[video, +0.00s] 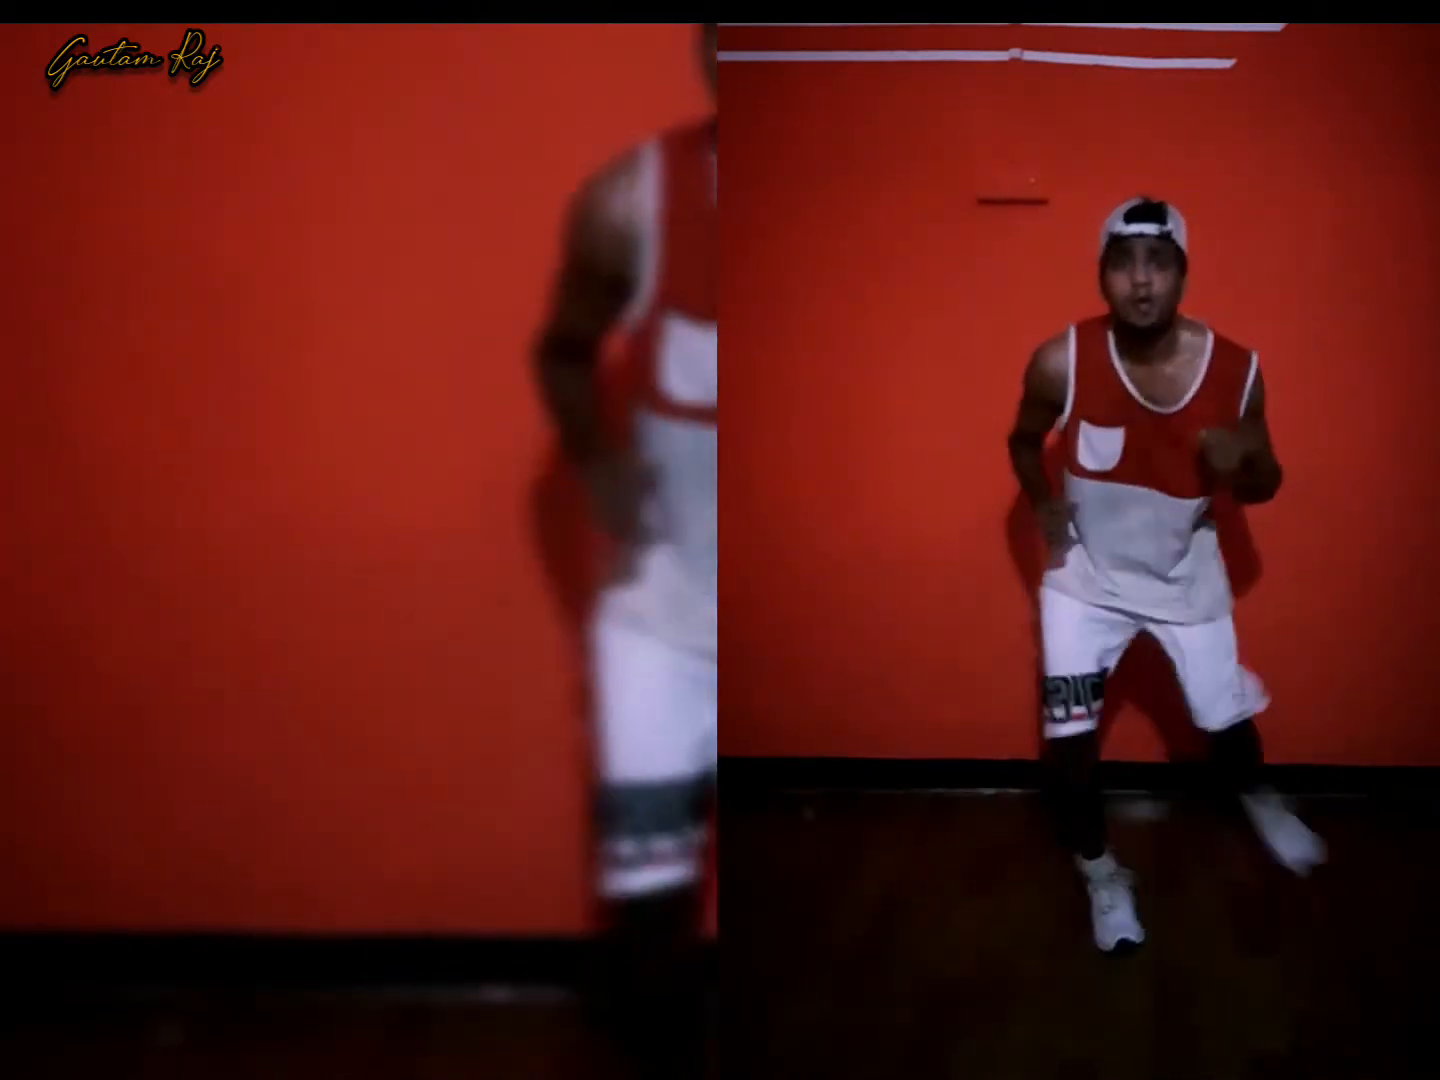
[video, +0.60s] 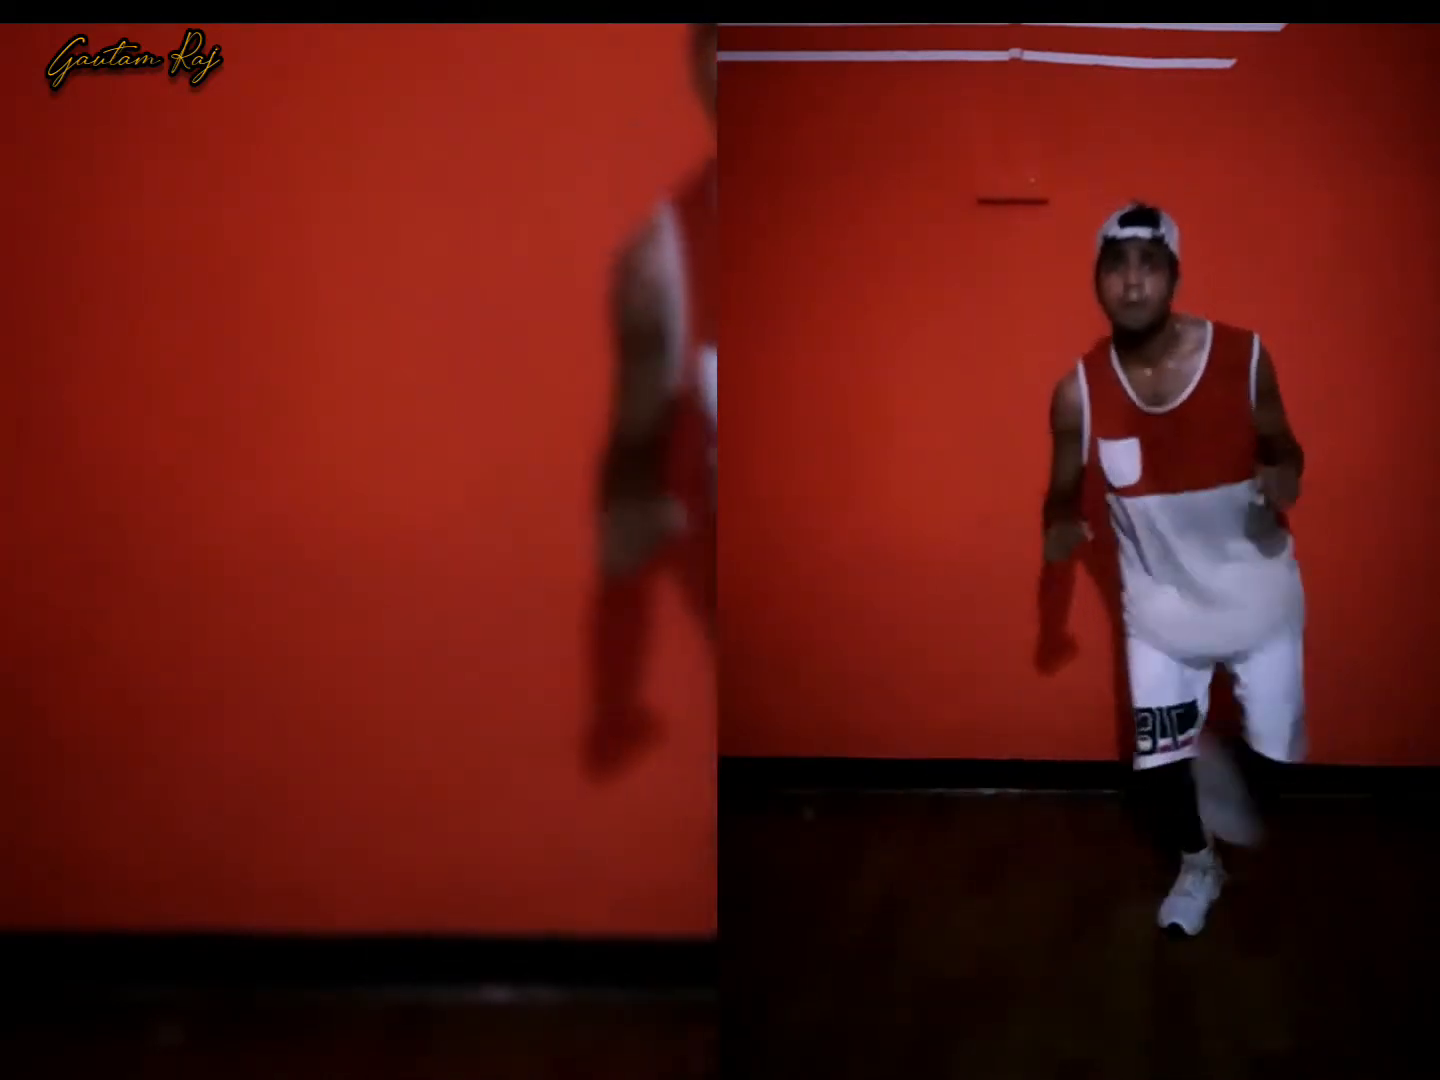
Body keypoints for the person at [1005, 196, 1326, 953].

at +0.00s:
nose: (1142, 280)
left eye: (1159, 263)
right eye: (1126, 263)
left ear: (1183, 276)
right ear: (1103, 277)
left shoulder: (1234, 370)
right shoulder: (1064, 361)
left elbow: (1265, 483)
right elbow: (1026, 441)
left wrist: (1241, 461)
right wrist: (1047, 506)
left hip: (1188, 576)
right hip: (1088, 571)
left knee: (1228, 727)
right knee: (1068, 744)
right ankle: (1101, 878)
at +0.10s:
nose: (1124, 284)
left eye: (1141, 268)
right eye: (1109, 266)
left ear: (1166, 281)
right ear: (1088, 280)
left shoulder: (1220, 375)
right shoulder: (1053, 378)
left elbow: (1244, 489)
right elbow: (1027, 469)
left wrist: (1230, 465)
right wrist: (1041, 520)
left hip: (1189, 589)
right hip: (1093, 586)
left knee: (1208, 750)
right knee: (1083, 748)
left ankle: (1208, 824)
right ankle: (1110, 883)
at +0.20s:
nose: (1104, 284)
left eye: (1120, 267)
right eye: (1089, 268)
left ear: (1147, 281)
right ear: (1069, 285)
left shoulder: (1213, 356)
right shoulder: (1054, 388)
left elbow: (1254, 448)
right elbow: (1031, 494)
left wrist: (1230, 475)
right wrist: (1028, 536)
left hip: (1200, 603)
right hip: (1104, 602)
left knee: (1188, 769)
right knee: (1083, 759)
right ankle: (1108, 880)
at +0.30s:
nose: (1119, 260)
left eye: (1136, 242)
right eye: (1103, 243)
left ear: (1163, 256)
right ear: (1083, 259)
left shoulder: (1230, 335)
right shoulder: (1063, 360)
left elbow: (1283, 417)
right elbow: (1053, 451)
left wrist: (1241, 447)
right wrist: (1041, 498)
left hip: (1216, 556)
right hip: (1118, 563)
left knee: (1234, 686)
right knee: (1100, 721)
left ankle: (1175, 618)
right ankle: (1114, 878)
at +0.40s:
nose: (1140, 251)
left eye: (1159, 235)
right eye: (1125, 234)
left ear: (1184, 248)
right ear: (1105, 248)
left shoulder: (1242, 334)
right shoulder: (1071, 345)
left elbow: (1298, 425)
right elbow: (1070, 427)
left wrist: (1263, 431)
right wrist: (1056, 467)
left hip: (1227, 531)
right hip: (1128, 545)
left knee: (1278, 660)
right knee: (1127, 707)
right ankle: (1165, 853)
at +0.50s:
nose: (1146, 261)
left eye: (1162, 244)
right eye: (1129, 244)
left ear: (1187, 259)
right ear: (1108, 260)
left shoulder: (1243, 348)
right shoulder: (1074, 364)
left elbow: (1288, 451)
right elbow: (1069, 446)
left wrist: (1264, 442)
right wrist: (1068, 491)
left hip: (1236, 552)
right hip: (1140, 570)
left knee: (1294, 702)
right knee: (1158, 735)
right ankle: (1194, 863)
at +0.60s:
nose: (1133, 283)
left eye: (1149, 266)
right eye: (1118, 266)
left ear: (1174, 278)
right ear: (1098, 283)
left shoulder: (1241, 357)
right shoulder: (1080, 392)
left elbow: (1282, 452)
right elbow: (1062, 498)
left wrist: (1277, 487)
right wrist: (1060, 541)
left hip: (1256, 590)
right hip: (1158, 601)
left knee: (1276, 763)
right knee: (1160, 763)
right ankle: (1195, 865)